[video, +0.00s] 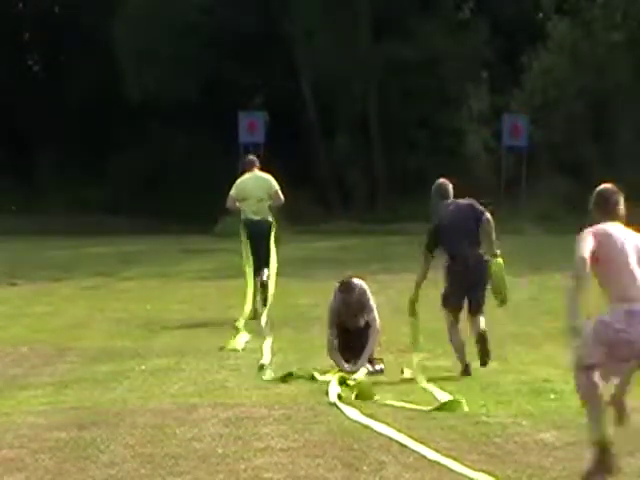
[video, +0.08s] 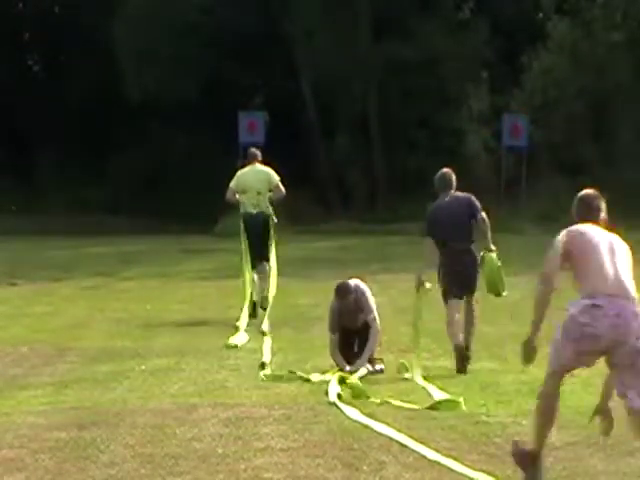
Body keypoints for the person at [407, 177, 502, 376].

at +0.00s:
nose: (436, 202)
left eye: (435, 198)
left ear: (435, 198)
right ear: (452, 193)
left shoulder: (438, 219)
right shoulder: (470, 205)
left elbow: (427, 259)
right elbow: (487, 220)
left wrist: (415, 292)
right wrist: (493, 250)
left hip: (457, 266)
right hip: (479, 261)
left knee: (452, 318)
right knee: (476, 312)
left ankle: (464, 364)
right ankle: (481, 334)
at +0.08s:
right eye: (452, 182)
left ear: (437, 187)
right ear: (454, 183)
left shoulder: (433, 210)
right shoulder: (468, 200)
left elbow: (432, 241)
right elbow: (483, 221)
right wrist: (488, 244)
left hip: (447, 254)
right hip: (467, 251)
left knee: (452, 305)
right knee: (469, 301)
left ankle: (458, 344)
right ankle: (467, 345)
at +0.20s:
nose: (443, 185)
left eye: (438, 182)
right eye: (447, 180)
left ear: (433, 182)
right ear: (451, 181)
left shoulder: (432, 204)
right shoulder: (464, 200)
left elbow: (427, 228)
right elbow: (480, 220)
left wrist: (424, 253)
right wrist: (485, 245)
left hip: (440, 252)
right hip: (460, 251)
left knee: (440, 290)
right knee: (459, 303)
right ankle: (454, 355)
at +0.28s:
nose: (435, 177)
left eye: (431, 173)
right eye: (439, 171)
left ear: (427, 175)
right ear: (444, 173)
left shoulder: (428, 197)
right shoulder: (458, 193)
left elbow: (426, 218)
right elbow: (475, 216)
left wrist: (422, 246)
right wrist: (481, 243)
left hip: (439, 248)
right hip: (458, 245)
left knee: (435, 295)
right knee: (458, 298)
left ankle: (443, 329)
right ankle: (456, 346)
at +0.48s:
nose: (437, 179)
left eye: (433, 176)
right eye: (439, 175)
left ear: (423, 177)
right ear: (440, 176)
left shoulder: (418, 200)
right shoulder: (451, 197)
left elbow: (406, 223)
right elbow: (467, 219)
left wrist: (407, 244)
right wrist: (473, 242)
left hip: (431, 247)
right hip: (452, 246)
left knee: (430, 296)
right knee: (449, 291)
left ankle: (433, 341)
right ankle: (453, 330)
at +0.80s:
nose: (434, 175)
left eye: (428, 173)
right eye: (435, 171)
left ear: (420, 174)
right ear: (435, 172)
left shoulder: (417, 195)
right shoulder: (447, 191)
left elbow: (407, 217)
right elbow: (461, 214)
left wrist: (399, 215)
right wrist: (465, 231)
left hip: (425, 240)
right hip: (442, 239)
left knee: (423, 286)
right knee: (438, 279)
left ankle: (420, 329)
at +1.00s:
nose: (452, 177)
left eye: (452, 174)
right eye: (452, 174)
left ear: (436, 173)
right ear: (447, 174)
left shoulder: (423, 190)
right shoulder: (450, 191)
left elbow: (406, 208)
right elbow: (455, 216)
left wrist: (413, 216)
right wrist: (465, 217)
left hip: (425, 238)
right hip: (443, 238)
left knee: (425, 282)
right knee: (442, 283)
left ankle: (418, 319)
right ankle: (441, 323)